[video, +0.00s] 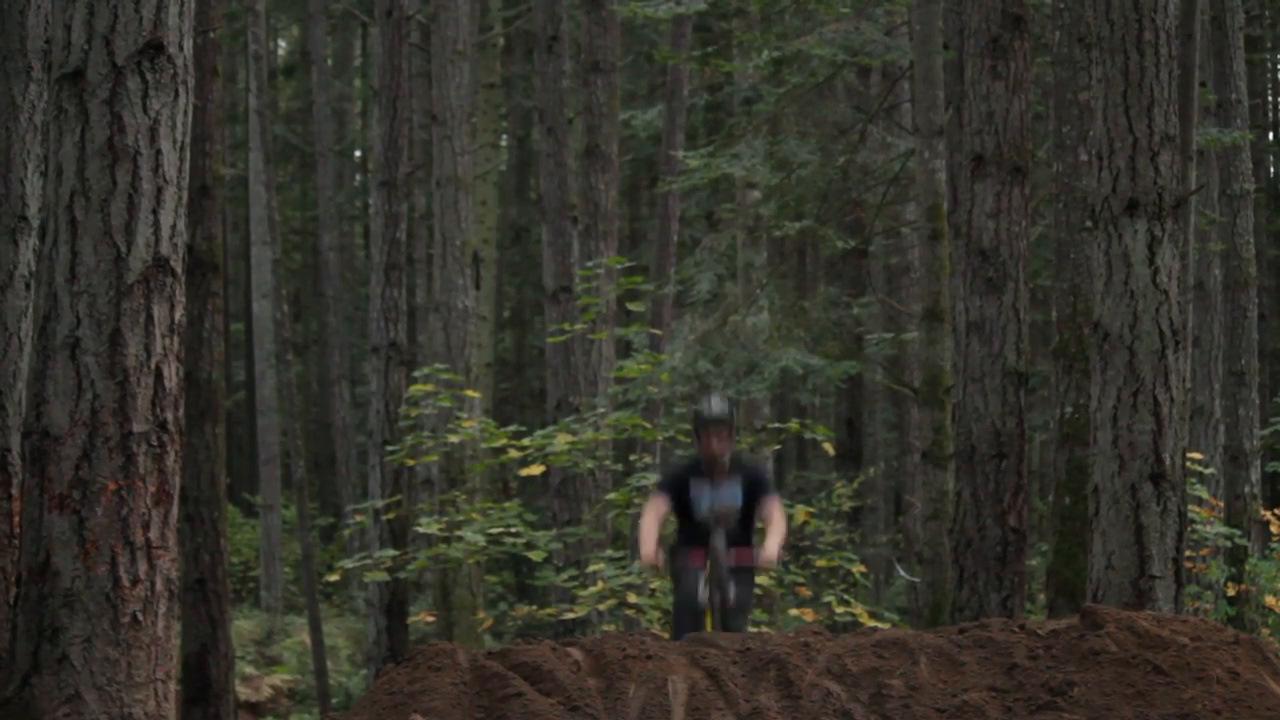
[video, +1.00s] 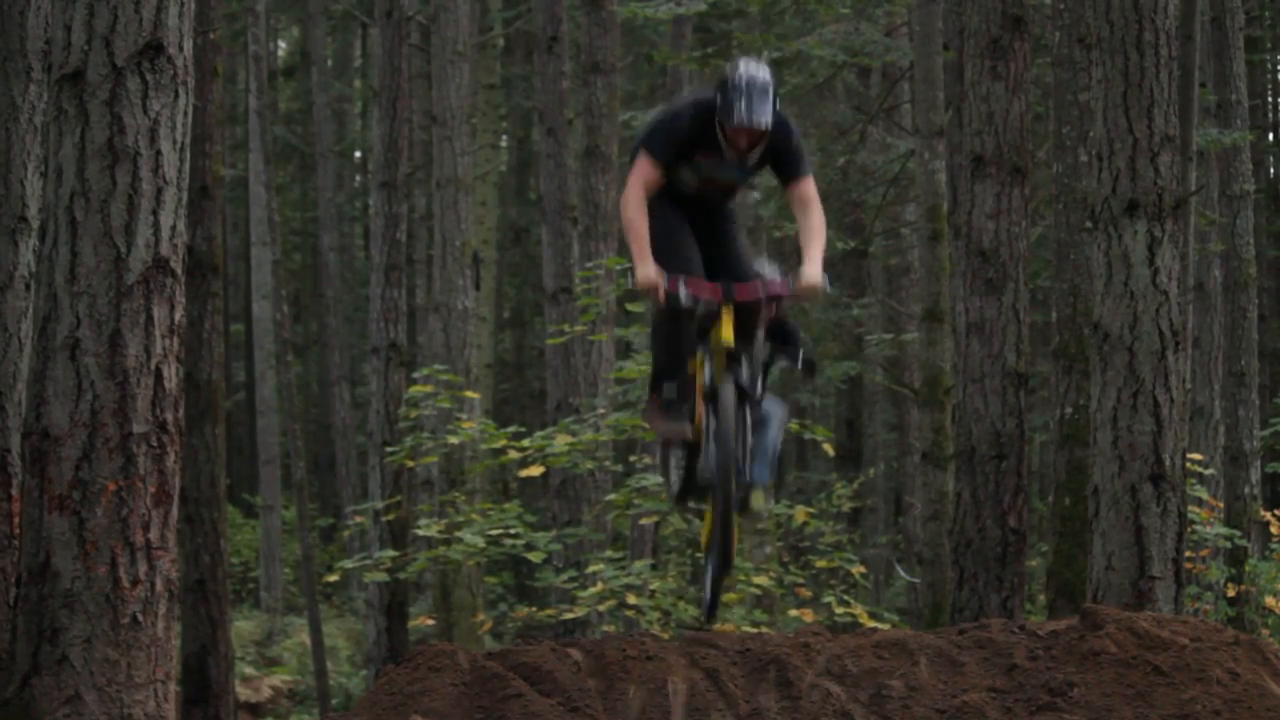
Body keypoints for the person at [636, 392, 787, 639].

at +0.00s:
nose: (715, 445)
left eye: (722, 437)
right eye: (709, 437)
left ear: (732, 438)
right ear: (698, 439)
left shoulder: (750, 476)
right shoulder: (682, 475)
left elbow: (775, 515)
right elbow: (654, 509)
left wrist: (771, 547)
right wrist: (648, 548)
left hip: (737, 562)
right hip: (692, 563)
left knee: (734, 632)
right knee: (687, 633)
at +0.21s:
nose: (655, 249)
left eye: (660, 241)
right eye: (653, 241)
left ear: (680, 234)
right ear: (667, 238)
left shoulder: (733, 247)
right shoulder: (662, 272)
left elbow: (782, 284)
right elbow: (650, 322)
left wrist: (786, 331)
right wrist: (666, 359)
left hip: (747, 335)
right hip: (700, 340)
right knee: (705, 370)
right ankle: (691, 443)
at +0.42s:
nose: (638, 108)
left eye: (642, 98)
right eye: (635, 100)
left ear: (661, 87)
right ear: (653, 91)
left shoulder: (724, 88)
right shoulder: (652, 120)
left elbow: (786, 114)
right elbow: (655, 175)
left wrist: (798, 173)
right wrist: (680, 213)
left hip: (740, 177)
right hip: (695, 179)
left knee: (731, 251)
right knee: (713, 222)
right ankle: (698, 305)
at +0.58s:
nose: (669, 20)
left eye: (676, 11)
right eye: (662, 13)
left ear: (698, 3)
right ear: (654, 10)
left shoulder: (739, 9)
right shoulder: (650, 33)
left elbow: (801, 37)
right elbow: (641, 95)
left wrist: (791, 83)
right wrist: (660, 147)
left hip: (733, 107)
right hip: (684, 108)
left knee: (719, 197)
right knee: (701, 159)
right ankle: (687, 249)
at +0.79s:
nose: (732, 27)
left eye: (741, 20)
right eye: (726, 18)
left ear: (756, 13)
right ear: (710, 9)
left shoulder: (770, 28)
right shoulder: (677, 13)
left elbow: (813, 93)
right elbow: (626, 69)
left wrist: (797, 113)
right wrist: (634, 117)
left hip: (710, 100)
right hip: (661, 94)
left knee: (746, 173)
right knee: (678, 152)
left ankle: (746, 283)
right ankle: (670, 261)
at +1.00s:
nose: (746, 140)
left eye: (755, 131)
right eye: (739, 130)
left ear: (770, 119)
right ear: (722, 112)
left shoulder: (778, 133)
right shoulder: (683, 122)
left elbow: (807, 203)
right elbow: (634, 190)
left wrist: (812, 266)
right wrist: (644, 263)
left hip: (715, 208)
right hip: (666, 203)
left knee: (749, 295)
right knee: (682, 286)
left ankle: (741, 383)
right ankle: (665, 396)